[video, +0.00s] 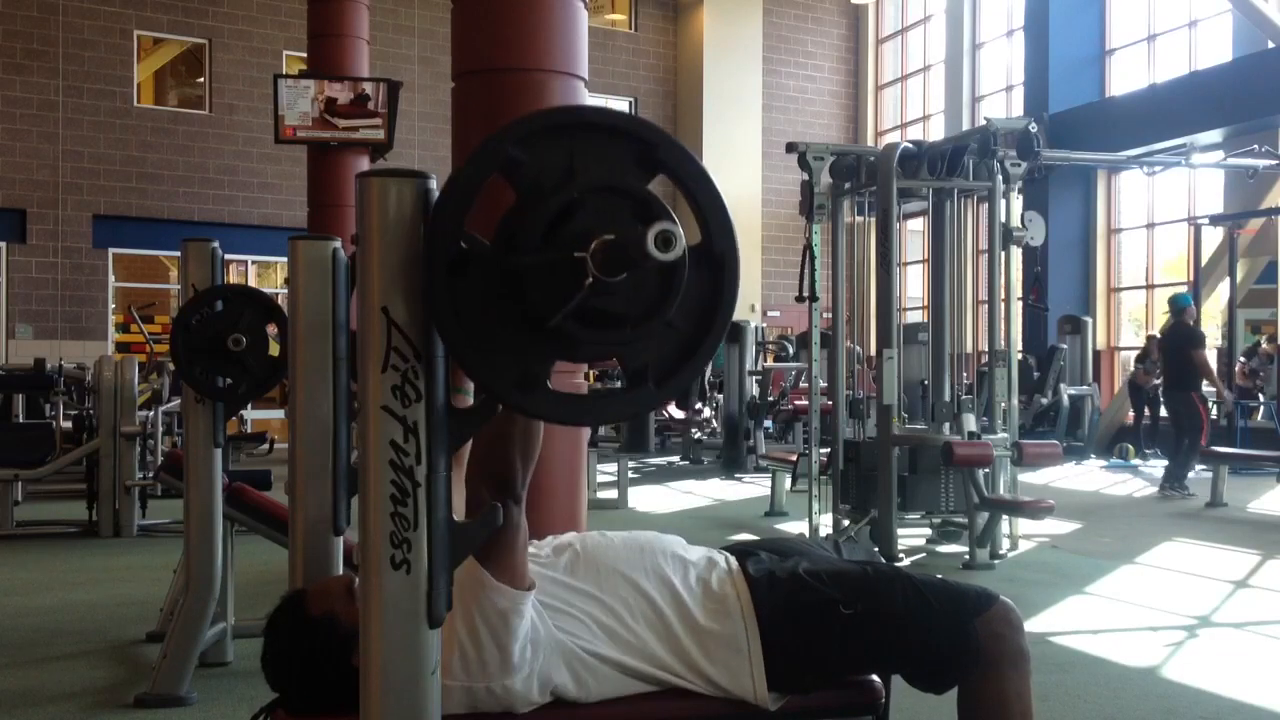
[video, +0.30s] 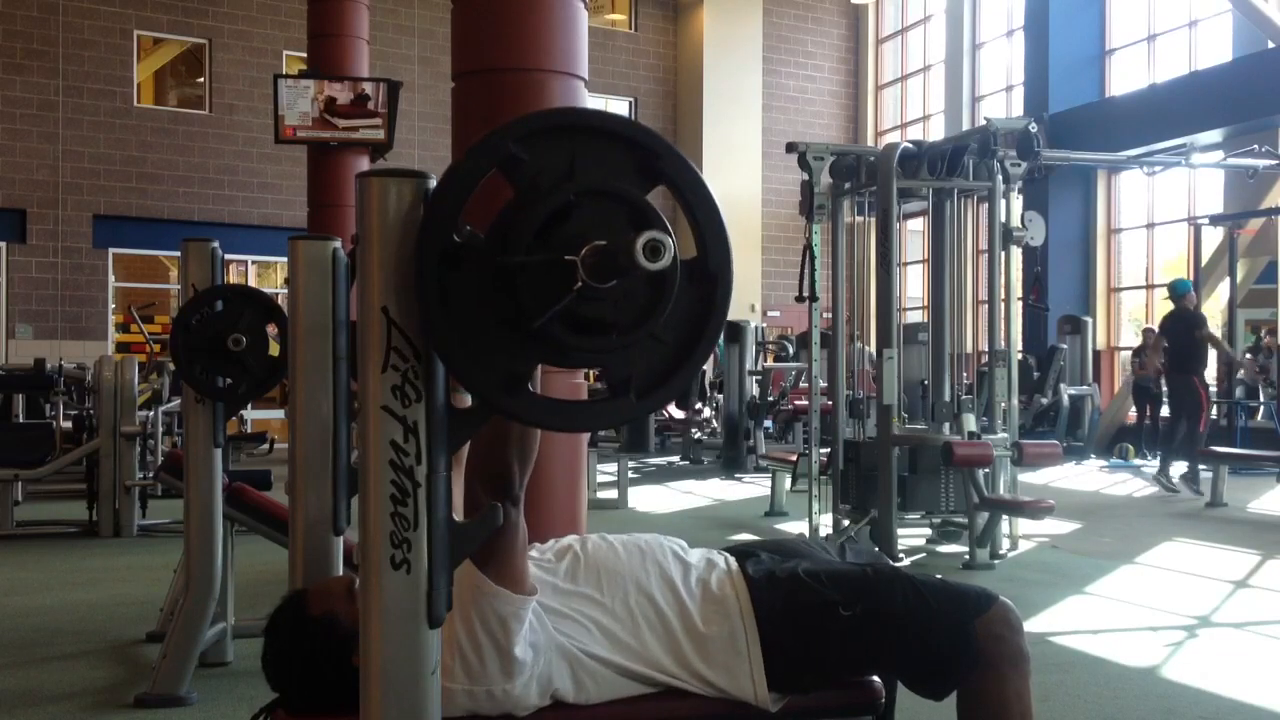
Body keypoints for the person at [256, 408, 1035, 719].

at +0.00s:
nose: (363, 571)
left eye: (347, 571)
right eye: (348, 587)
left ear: (349, 645)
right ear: (358, 640)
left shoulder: (445, 627)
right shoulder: (469, 667)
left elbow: (490, 476)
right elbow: (508, 479)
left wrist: (503, 340)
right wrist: (528, 316)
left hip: (725, 575)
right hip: (749, 617)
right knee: (990, 627)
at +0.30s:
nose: (362, 581)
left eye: (346, 582)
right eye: (346, 597)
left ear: (354, 639)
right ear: (358, 649)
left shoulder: (438, 629)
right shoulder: (461, 679)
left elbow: (489, 498)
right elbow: (501, 506)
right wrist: (516, 357)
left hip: (717, 578)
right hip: (739, 620)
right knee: (990, 627)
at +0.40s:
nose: (361, 579)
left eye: (344, 582)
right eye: (346, 596)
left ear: (352, 641)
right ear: (358, 647)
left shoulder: (437, 624)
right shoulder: (465, 682)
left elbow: (482, 500)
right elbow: (513, 505)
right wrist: (506, 336)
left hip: (719, 579)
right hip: (741, 620)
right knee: (989, 625)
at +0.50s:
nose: (365, 572)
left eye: (348, 572)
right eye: (349, 591)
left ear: (348, 664)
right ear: (358, 651)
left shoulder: (447, 633)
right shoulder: (470, 675)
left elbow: (554, 516)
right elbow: (541, 523)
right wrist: (510, 362)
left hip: (730, 578)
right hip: (754, 616)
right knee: (992, 629)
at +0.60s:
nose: (364, 576)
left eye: (350, 576)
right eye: (350, 592)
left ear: (364, 602)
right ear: (352, 640)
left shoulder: (459, 594)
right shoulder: (452, 683)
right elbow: (540, 612)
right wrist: (541, 458)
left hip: (736, 583)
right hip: (748, 619)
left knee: (867, 693)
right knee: (992, 628)